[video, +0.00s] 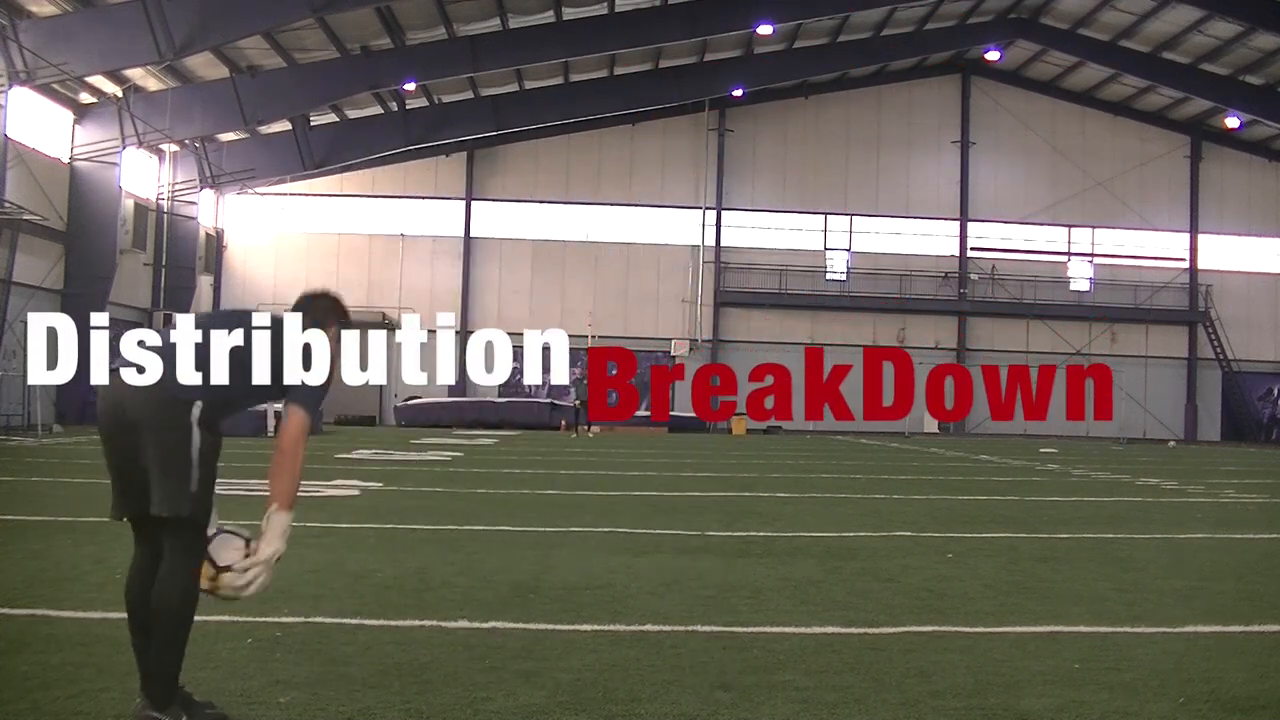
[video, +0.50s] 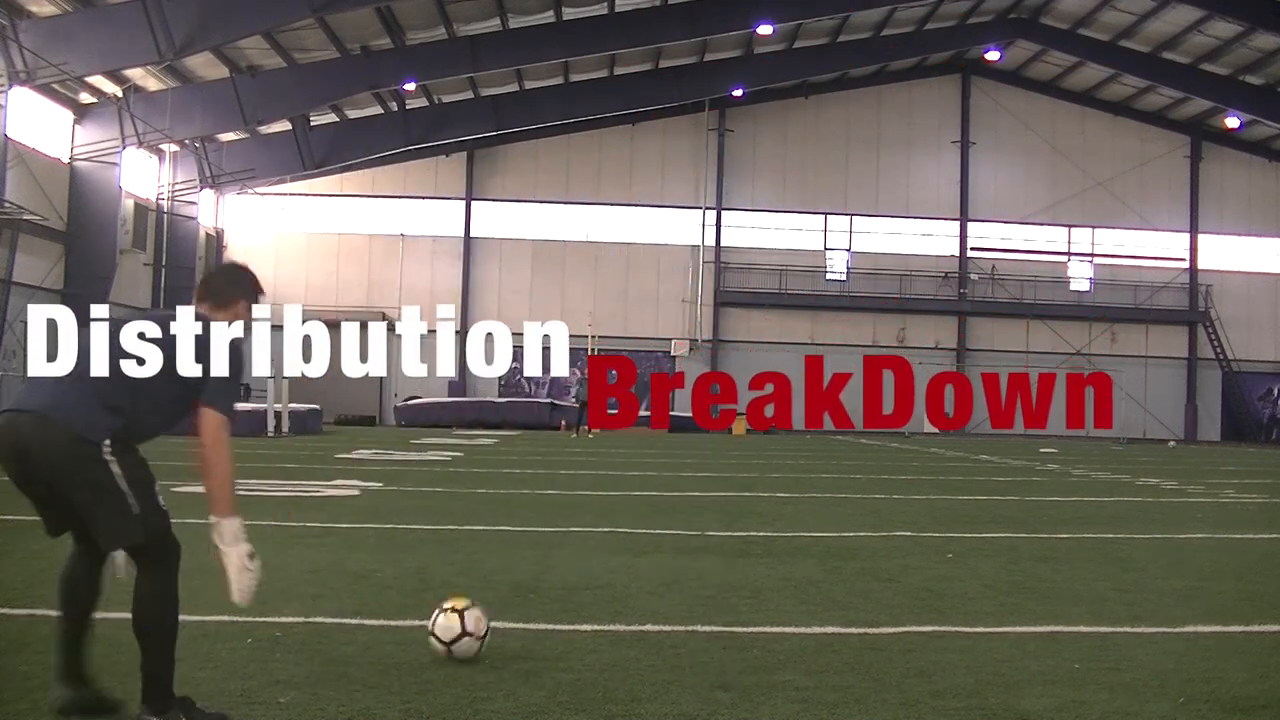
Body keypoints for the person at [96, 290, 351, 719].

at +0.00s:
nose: (336, 351)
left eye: (338, 340)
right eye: (339, 339)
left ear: (297, 316)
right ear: (327, 328)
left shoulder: (246, 327)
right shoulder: (314, 351)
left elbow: (197, 412)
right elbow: (291, 435)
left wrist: (198, 531)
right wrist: (276, 530)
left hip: (120, 397)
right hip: (175, 409)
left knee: (148, 549)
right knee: (183, 551)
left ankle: (155, 693)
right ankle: (162, 699)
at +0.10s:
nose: (329, 378)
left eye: (330, 369)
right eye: (328, 368)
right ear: (320, 361)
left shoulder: (228, 355)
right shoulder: (300, 382)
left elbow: (184, 448)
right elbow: (280, 474)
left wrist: (201, 549)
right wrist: (260, 569)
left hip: (93, 403)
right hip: (156, 411)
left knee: (145, 552)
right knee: (188, 553)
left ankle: (154, 694)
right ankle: (160, 702)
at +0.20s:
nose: (313, 395)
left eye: (316, 386)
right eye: (314, 385)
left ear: (277, 366)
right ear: (299, 378)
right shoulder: (285, 399)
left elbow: (174, 467)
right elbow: (269, 502)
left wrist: (217, 567)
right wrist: (286, 575)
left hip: (74, 417)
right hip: (132, 425)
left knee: (145, 550)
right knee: (199, 554)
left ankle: (154, 691)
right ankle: (160, 700)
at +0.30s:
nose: (293, 384)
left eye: (296, 374)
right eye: (293, 373)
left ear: (250, 353)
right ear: (276, 367)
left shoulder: (204, 367)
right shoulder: (266, 395)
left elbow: (158, 463)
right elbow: (263, 496)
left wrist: (211, 554)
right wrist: (299, 574)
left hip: (56, 431)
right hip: (116, 440)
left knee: (138, 554)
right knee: (196, 558)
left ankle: (155, 692)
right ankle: (160, 701)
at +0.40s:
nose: (273, 359)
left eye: (276, 349)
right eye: (275, 347)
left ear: (227, 326)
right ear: (257, 340)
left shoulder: (176, 342)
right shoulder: (245, 366)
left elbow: (138, 448)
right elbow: (247, 472)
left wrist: (180, 544)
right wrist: (266, 563)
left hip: (37, 432)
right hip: (103, 441)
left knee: (117, 549)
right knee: (181, 558)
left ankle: (140, 684)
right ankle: (160, 704)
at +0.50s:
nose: (246, 323)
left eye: (248, 313)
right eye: (247, 313)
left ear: (198, 300)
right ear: (237, 308)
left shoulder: (154, 323)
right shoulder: (221, 343)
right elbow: (211, 431)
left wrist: (111, 530)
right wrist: (229, 534)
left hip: (14, 427)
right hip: (81, 436)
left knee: (89, 544)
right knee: (160, 555)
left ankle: (71, 686)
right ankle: (160, 703)